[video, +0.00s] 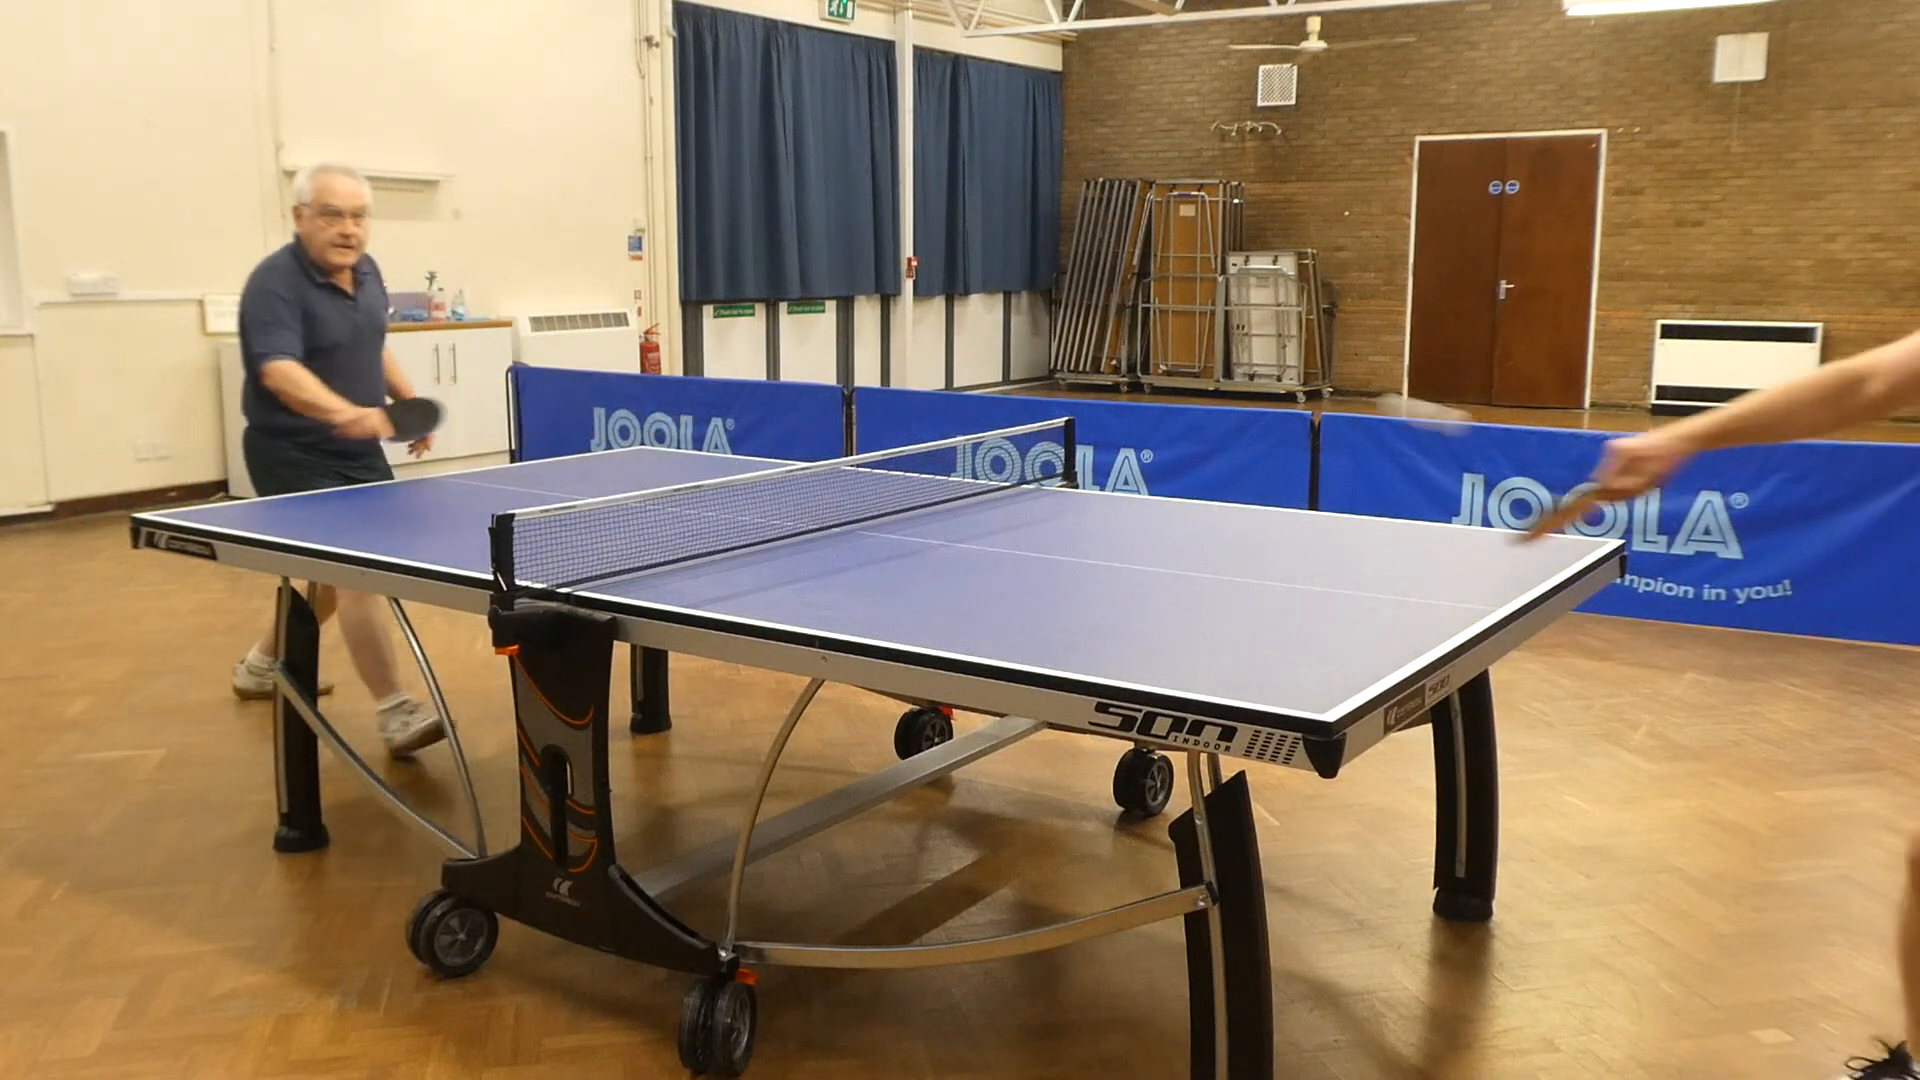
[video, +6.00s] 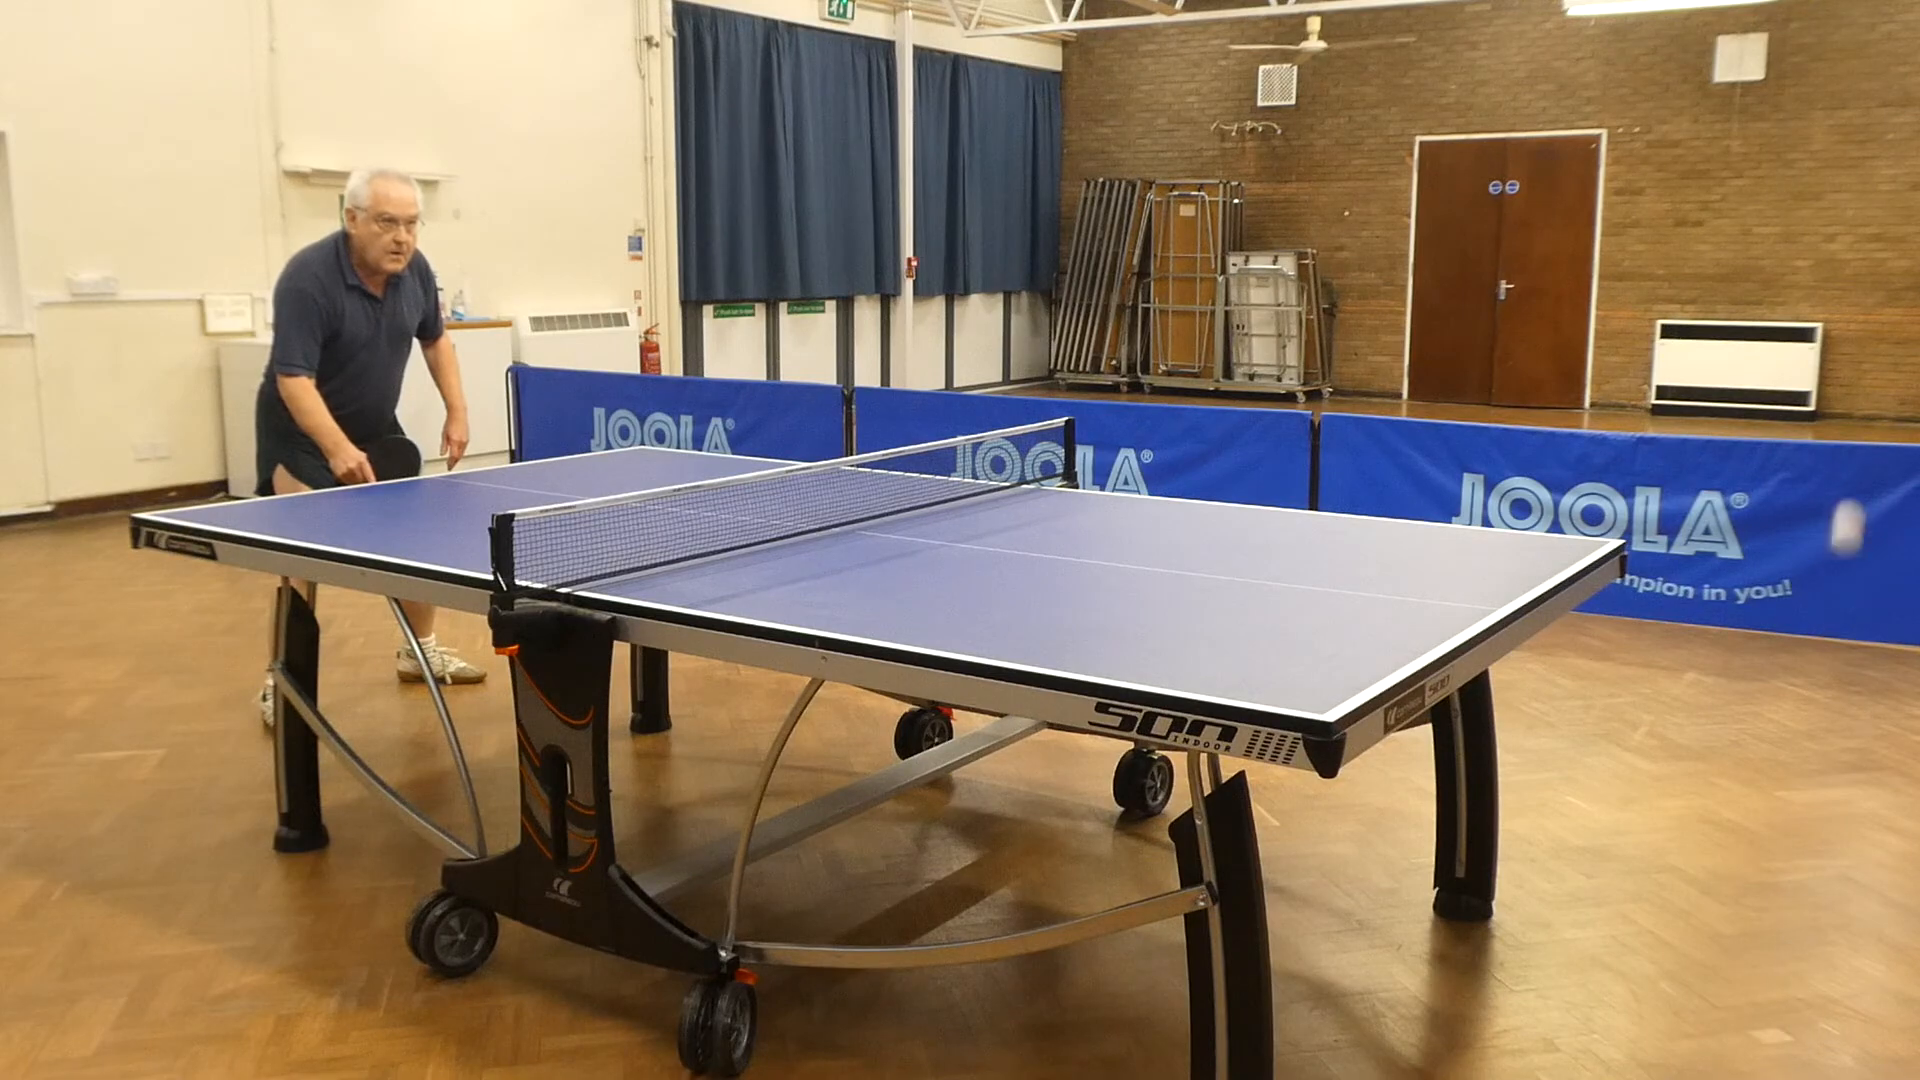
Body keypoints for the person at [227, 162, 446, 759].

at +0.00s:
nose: (348, 228)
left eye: (359, 216)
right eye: (332, 215)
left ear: (369, 222)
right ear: (300, 217)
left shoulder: (367, 274)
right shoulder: (274, 282)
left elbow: (371, 346)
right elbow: (276, 371)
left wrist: (411, 402)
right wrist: (343, 411)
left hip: (360, 446)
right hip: (293, 453)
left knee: (346, 567)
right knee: (356, 567)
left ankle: (263, 659)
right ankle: (395, 708)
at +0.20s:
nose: (316, 224)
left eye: (329, 212)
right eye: (301, 211)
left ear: (340, 215)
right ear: (269, 212)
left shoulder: (345, 264)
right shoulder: (242, 274)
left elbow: (351, 339)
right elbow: (212, 356)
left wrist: (385, 400)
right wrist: (247, 412)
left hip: (338, 442)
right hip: (272, 446)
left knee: (337, 563)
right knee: (319, 567)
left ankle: (263, 661)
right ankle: (315, 707)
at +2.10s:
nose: (301, 214)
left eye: (314, 199)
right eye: (284, 200)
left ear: (330, 195)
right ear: (257, 199)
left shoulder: (346, 242)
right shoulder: (244, 258)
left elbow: (367, 306)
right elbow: (268, 323)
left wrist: (387, 344)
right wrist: (310, 349)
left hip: (335, 436)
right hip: (262, 441)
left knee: (370, 560)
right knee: (284, 573)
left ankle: (311, 635)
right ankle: (273, 716)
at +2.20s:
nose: (325, 203)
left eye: (336, 189)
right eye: (308, 190)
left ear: (349, 188)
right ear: (276, 191)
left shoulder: (359, 238)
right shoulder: (256, 253)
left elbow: (376, 313)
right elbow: (281, 327)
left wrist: (410, 361)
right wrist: (322, 362)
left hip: (348, 432)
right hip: (273, 438)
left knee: (387, 544)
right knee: (287, 571)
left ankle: (374, 660)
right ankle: (273, 717)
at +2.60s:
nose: (336, 182)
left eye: (348, 169)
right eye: (319, 171)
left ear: (363, 170)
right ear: (293, 176)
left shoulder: (391, 231)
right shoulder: (267, 252)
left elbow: (424, 306)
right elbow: (249, 344)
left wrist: (451, 380)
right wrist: (250, 414)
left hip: (384, 430)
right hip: (299, 436)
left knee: (402, 558)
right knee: (297, 571)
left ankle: (406, 672)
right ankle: (287, 710)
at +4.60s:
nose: (386, 227)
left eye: (396, 212)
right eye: (371, 213)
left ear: (406, 212)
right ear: (337, 210)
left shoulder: (408, 258)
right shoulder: (297, 274)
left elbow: (437, 328)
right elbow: (274, 371)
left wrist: (468, 396)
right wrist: (306, 436)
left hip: (389, 434)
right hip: (315, 445)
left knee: (425, 533)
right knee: (315, 564)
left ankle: (420, 647)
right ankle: (296, 676)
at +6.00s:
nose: (403, 237)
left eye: (411, 224)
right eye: (388, 223)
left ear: (419, 224)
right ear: (352, 221)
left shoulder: (415, 271)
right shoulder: (308, 277)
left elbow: (434, 338)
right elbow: (292, 378)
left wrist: (456, 407)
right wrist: (336, 446)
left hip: (375, 424)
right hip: (301, 427)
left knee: (417, 526)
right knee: (302, 554)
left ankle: (419, 646)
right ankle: (282, 681)